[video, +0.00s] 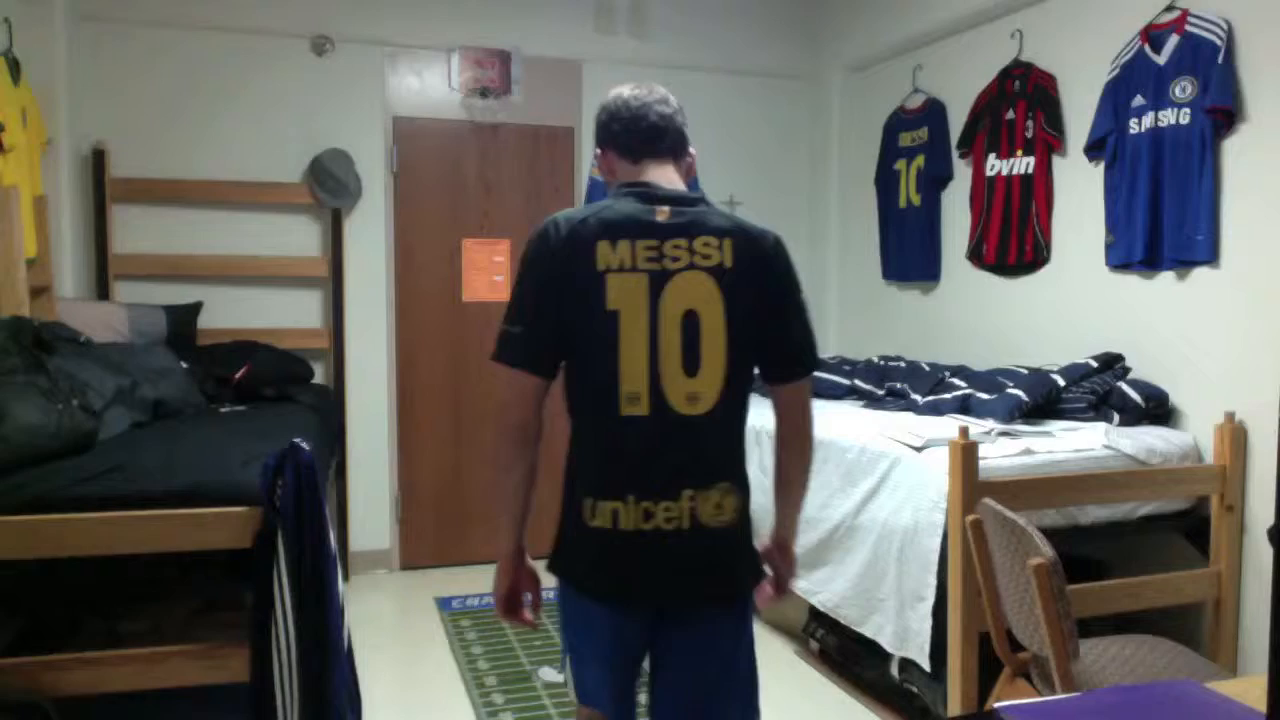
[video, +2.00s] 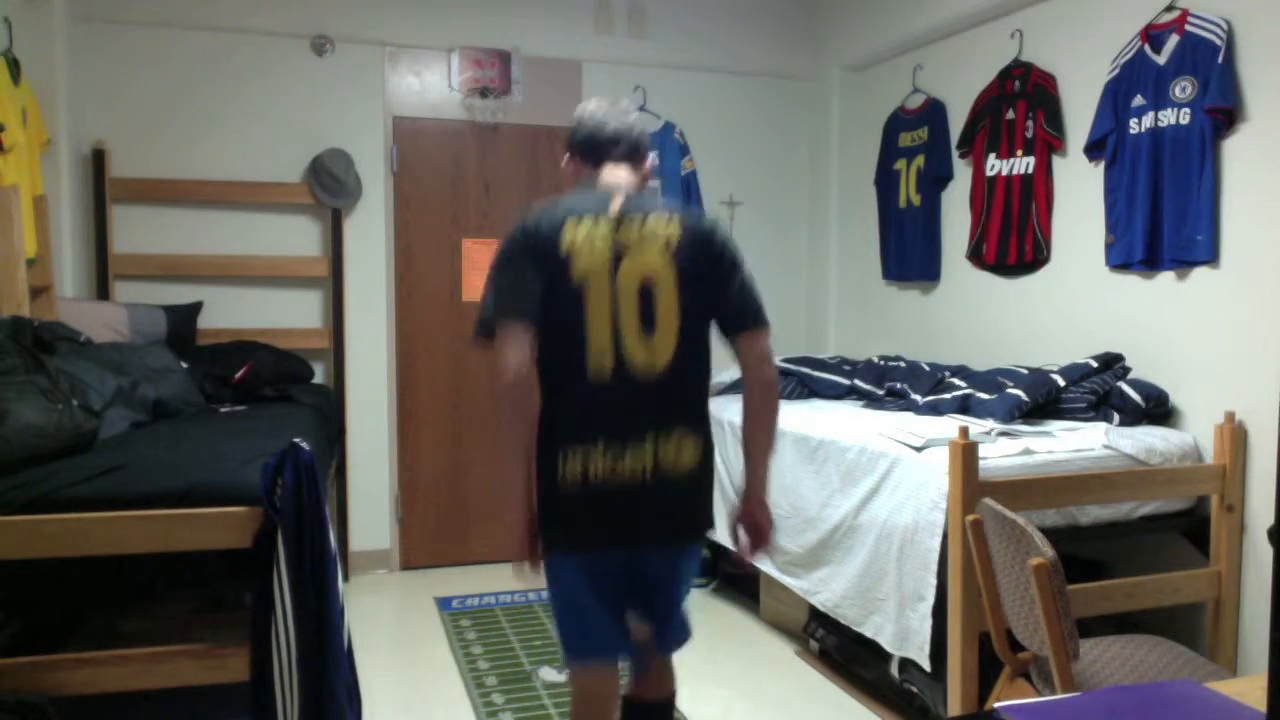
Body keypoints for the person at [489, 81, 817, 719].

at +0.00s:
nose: (598, 171)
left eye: (598, 159)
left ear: (604, 159)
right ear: (690, 156)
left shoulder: (564, 241)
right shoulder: (755, 248)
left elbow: (519, 413)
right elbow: (795, 412)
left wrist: (513, 553)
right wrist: (784, 536)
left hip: (600, 553)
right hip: (712, 553)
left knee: (598, 709)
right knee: (710, 710)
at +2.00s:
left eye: (567, 162)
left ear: (570, 163)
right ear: (648, 165)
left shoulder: (538, 233)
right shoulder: (697, 234)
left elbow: (515, 373)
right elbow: (760, 369)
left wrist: (521, 504)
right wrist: (755, 491)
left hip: (578, 499)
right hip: (675, 495)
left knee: (593, 677)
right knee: (654, 656)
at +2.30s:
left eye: (532, 136)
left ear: (537, 134)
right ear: (613, 129)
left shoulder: (524, 186)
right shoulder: (678, 182)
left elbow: (540, 308)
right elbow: (759, 311)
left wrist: (551, 470)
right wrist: (756, 449)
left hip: (593, 458)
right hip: (689, 451)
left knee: (596, 652)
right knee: (672, 623)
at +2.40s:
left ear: (538, 159)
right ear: (608, 156)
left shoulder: (528, 216)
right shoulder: (671, 215)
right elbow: (754, 349)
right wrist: (756, 486)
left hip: (593, 499)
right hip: (685, 491)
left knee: (593, 694)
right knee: (684, 685)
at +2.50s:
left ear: (542, 191)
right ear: (615, 187)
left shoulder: (529, 253)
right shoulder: (680, 254)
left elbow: (527, 367)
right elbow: (750, 395)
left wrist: (542, 531)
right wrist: (758, 531)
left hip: (587, 539)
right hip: (682, 533)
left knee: (588, 708)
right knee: (679, 706)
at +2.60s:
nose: (546, 209)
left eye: (550, 199)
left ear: (560, 201)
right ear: (638, 203)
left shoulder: (533, 257)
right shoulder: (696, 268)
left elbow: (483, 389)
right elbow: (760, 408)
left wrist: (466, 525)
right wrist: (775, 560)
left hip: (587, 544)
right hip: (682, 537)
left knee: (597, 705)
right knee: (659, 672)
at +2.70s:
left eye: (559, 193)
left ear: (569, 195)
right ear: (651, 196)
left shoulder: (534, 252)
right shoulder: (704, 263)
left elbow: (460, 386)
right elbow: (765, 402)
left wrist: (465, 487)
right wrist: (784, 557)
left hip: (590, 535)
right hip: (685, 528)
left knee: (595, 704)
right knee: (656, 631)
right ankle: (656, 706)